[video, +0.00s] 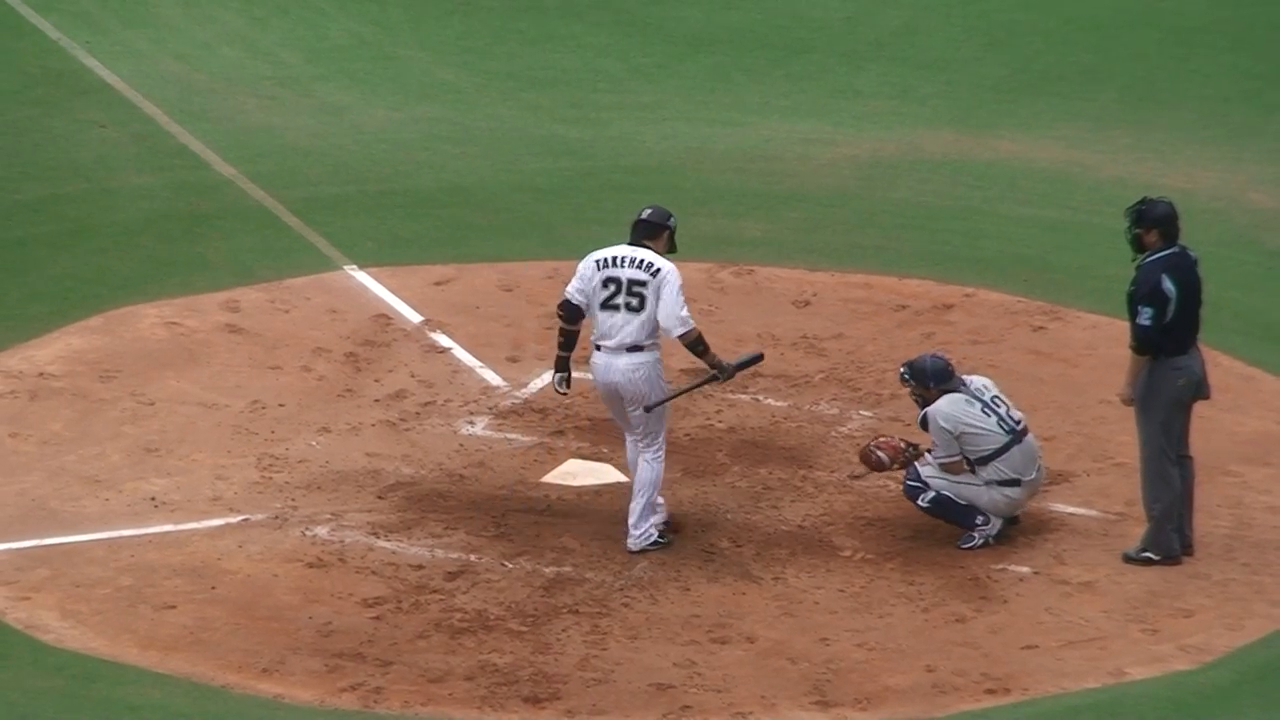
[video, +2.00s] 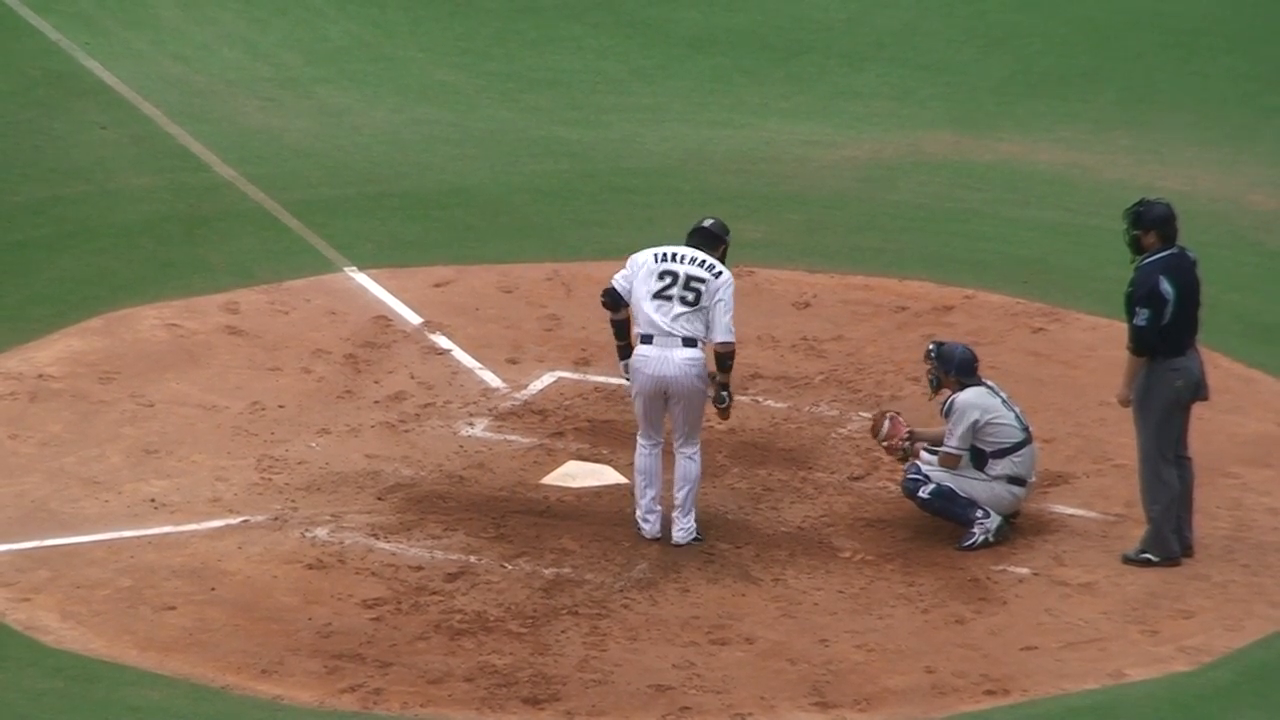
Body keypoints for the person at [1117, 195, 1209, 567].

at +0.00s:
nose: (1134, 234)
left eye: (1139, 229)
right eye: (1136, 228)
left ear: (1152, 235)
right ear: (1166, 232)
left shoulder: (1151, 273)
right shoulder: (1186, 260)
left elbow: (1143, 341)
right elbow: (1188, 322)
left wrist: (1129, 384)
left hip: (1163, 371)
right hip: (1187, 364)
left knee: (1157, 457)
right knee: (1177, 454)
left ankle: (1161, 542)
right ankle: (1179, 534)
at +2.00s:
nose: (1133, 236)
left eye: (1137, 231)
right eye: (1134, 229)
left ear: (1150, 236)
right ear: (1166, 233)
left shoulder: (1148, 275)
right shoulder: (1184, 260)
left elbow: (1140, 342)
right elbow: (1187, 323)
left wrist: (1126, 386)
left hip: (1161, 372)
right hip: (1186, 365)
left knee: (1155, 459)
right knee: (1175, 455)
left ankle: (1160, 544)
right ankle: (1178, 536)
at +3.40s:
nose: (1117, 243)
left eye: (1122, 238)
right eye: (1118, 237)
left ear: (1138, 241)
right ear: (1149, 240)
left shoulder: (1134, 282)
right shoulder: (1169, 267)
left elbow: (1128, 346)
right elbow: (1172, 324)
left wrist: (1117, 391)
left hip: (1148, 378)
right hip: (1173, 371)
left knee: (1124, 462)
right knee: (1167, 458)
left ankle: (1105, 555)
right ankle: (1177, 537)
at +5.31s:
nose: (1087, 237)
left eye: (1092, 232)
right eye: (1089, 230)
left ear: (1105, 238)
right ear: (1119, 235)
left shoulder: (1104, 277)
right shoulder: (1139, 262)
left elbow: (1100, 343)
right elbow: (1141, 322)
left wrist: (1088, 386)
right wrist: (1137, 359)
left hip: (1119, 373)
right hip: (1142, 365)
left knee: (1103, 458)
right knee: (1135, 442)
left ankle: (1101, 554)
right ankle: (1144, 512)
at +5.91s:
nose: (1092, 237)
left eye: (1097, 232)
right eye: (1095, 230)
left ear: (1109, 238)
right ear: (1126, 235)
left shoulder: (1108, 277)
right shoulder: (1142, 262)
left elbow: (1105, 344)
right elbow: (1145, 322)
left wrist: (1096, 388)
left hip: (1125, 373)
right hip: (1147, 364)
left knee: (1108, 458)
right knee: (1139, 443)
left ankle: (1103, 554)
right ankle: (1145, 512)